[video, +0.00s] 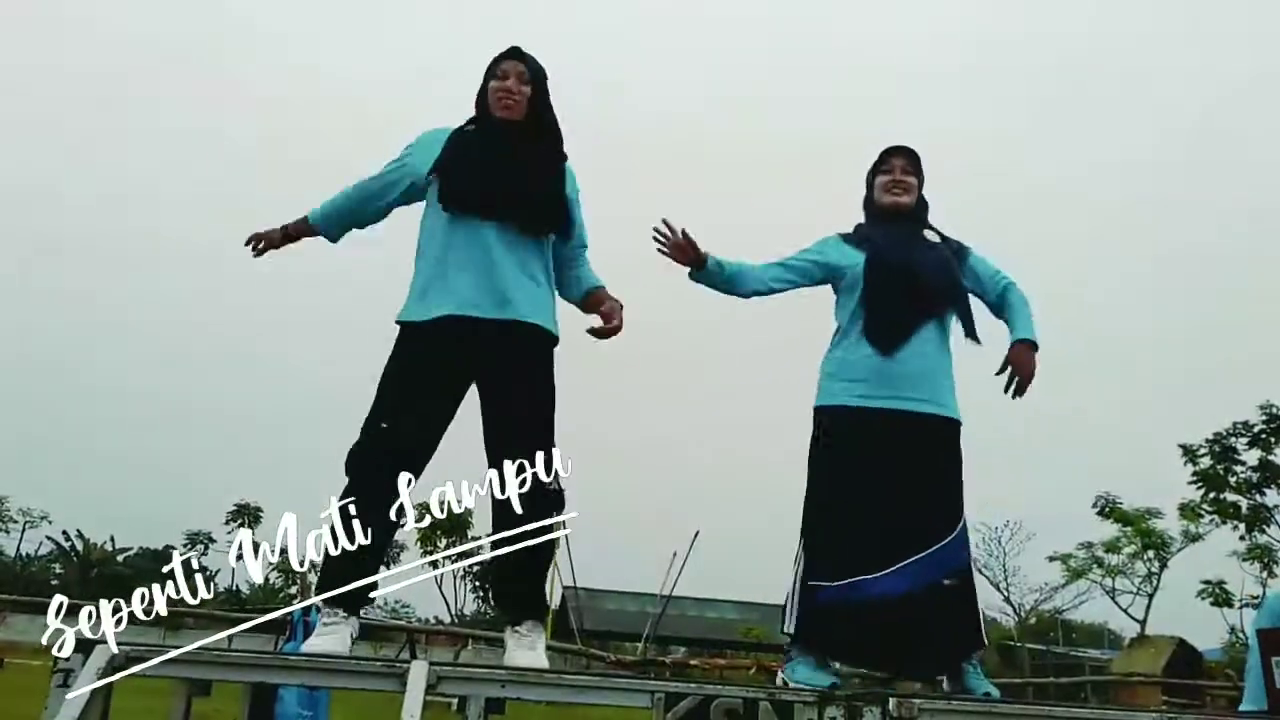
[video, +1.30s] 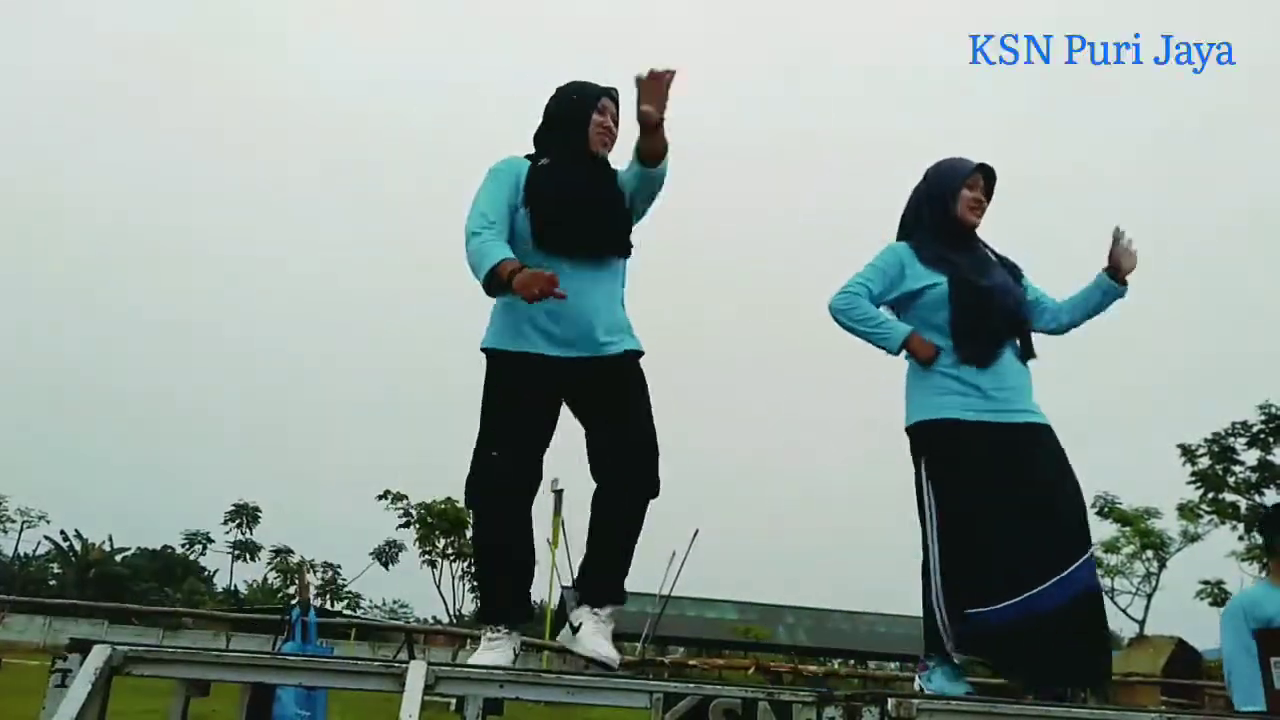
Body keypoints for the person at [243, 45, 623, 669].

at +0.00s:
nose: (509, 87)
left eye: (522, 81)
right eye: (501, 78)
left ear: (540, 98)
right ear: (484, 88)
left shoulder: (557, 172)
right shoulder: (444, 144)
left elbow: (571, 260)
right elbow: (377, 192)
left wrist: (600, 298)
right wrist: (301, 228)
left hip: (524, 328)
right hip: (438, 321)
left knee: (527, 473)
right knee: (383, 460)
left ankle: (525, 620)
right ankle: (340, 609)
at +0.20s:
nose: (502, 94)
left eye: (508, 89)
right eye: (492, 82)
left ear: (510, 103)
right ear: (458, 82)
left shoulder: (518, 167)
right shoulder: (398, 146)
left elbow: (557, 247)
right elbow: (353, 234)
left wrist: (582, 239)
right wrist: (299, 310)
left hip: (482, 324)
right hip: (393, 323)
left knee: (482, 458)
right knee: (359, 463)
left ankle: (481, 593)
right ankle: (340, 609)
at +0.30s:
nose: (495, 93)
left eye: (503, 88)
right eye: (486, 80)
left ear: (506, 103)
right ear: (452, 80)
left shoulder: (512, 159)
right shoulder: (392, 146)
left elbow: (559, 208)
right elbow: (356, 218)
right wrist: (337, 276)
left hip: (471, 315)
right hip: (388, 315)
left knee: (446, 448)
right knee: (359, 456)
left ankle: (430, 586)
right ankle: (339, 609)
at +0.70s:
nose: (529, 94)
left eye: (536, 89)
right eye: (520, 82)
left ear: (536, 101)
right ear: (485, 79)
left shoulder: (541, 157)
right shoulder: (419, 135)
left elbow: (629, 193)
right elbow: (367, 186)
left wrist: (595, 181)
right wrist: (352, 221)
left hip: (507, 316)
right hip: (416, 310)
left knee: (523, 458)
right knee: (376, 453)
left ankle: (521, 605)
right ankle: (341, 603)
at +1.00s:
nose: (583, 106)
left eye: (588, 100)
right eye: (573, 94)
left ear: (589, 114)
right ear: (539, 97)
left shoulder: (601, 179)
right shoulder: (489, 159)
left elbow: (676, 196)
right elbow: (442, 206)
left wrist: (616, 164)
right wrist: (418, 240)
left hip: (577, 329)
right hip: (491, 319)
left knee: (574, 478)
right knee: (436, 453)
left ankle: (566, 630)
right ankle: (402, 606)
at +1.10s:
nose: (598, 108)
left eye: (603, 104)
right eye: (588, 99)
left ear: (603, 120)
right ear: (555, 104)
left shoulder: (610, 168)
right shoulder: (503, 158)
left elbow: (644, 169)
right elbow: (466, 215)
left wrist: (558, 137)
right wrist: (468, 249)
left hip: (584, 328)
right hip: (503, 318)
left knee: (576, 475)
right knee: (478, 460)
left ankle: (567, 624)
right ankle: (473, 608)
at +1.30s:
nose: (610, 126)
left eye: (615, 120)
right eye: (600, 114)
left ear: (617, 132)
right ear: (567, 117)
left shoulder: (616, 191)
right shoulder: (513, 173)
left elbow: (649, 171)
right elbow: (482, 237)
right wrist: (514, 275)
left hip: (606, 352)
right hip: (523, 348)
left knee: (632, 477)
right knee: (501, 482)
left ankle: (591, 609)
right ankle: (500, 626)